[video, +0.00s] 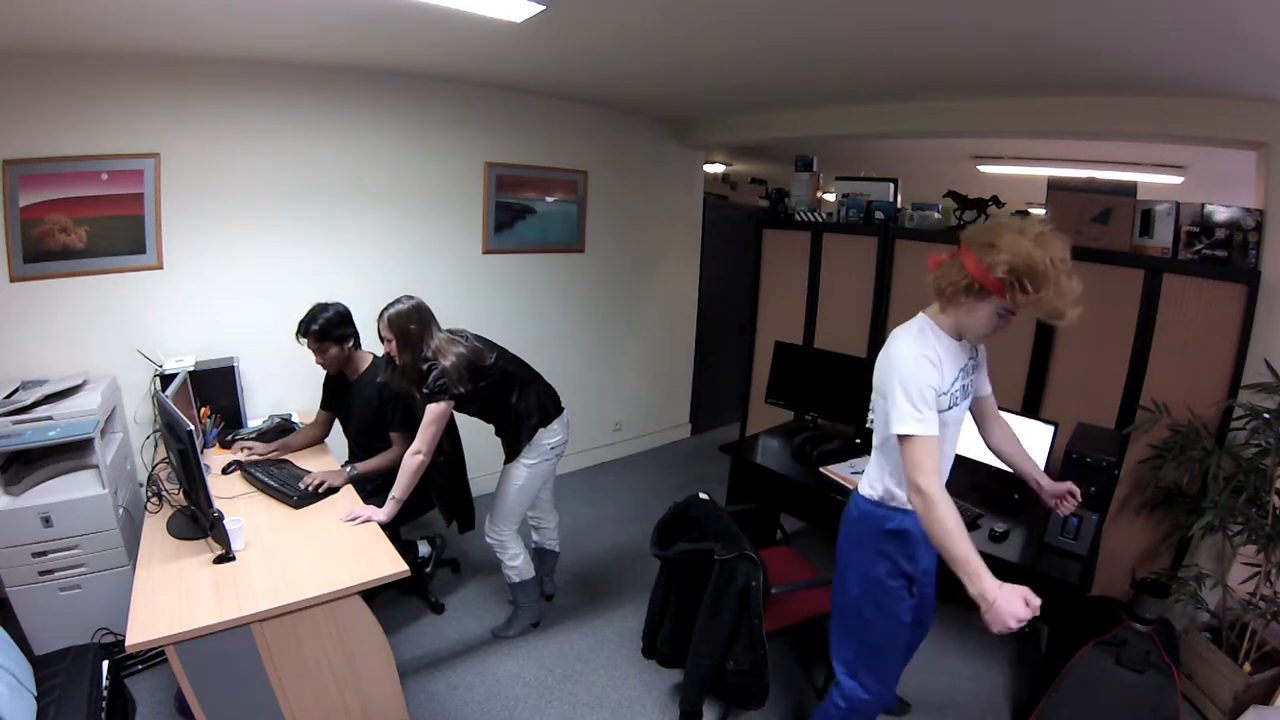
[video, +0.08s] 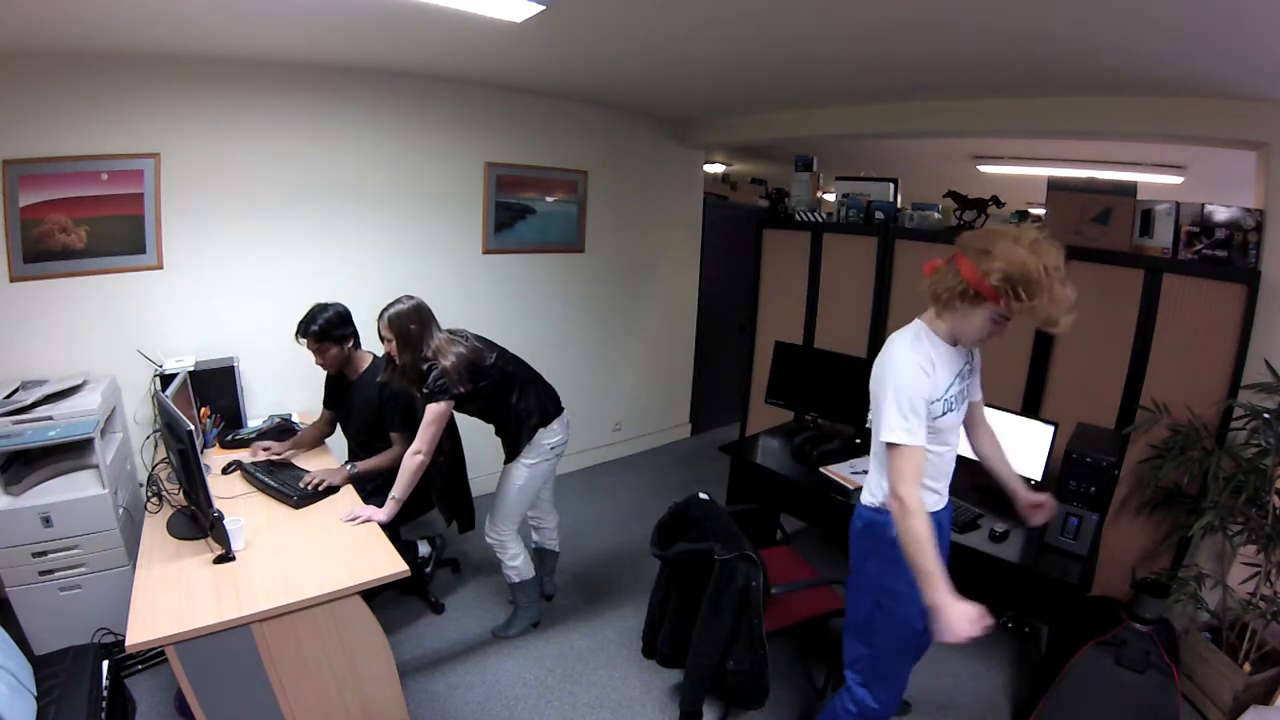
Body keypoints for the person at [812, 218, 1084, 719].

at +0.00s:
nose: (1006, 327)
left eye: (1012, 316)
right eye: (1004, 313)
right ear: (970, 289)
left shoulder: (966, 344)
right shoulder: (911, 356)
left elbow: (989, 420)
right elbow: (923, 489)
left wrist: (1040, 481)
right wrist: (987, 590)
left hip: (921, 522)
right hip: (882, 527)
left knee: (911, 623)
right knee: (865, 679)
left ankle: (876, 691)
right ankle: (845, 709)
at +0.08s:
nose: (999, 333)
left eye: (1006, 322)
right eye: (998, 319)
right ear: (964, 296)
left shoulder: (962, 348)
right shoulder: (906, 360)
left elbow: (976, 423)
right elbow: (904, 497)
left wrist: (1018, 491)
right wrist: (941, 598)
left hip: (932, 518)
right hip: (889, 529)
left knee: (910, 634)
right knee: (873, 689)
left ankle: (882, 698)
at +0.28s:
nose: (1002, 322)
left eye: (1008, 311)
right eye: (1000, 308)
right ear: (969, 287)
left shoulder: (964, 338)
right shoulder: (908, 353)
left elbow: (975, 415)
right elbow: (908, 486)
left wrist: (1013, 484)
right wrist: (953, 587)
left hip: (939, 506)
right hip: (897, 517)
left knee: (909, 615)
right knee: (867, 651)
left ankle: (876, 688)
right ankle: (834, 712)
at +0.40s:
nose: (1003, 328)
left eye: (1009, 317)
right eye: (1001, 314)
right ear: (971, 292)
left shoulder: (968, 342)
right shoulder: (910, 354)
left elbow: (997, 420)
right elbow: (936, 482)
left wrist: (1050, 475)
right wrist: (1008, 574)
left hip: (926, 519)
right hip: (887, 524)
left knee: (913, 620)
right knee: (865, 663)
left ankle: (874, 689)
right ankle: (839, 711)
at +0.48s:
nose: (999, 334)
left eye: (1005, 323)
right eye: (997, 320)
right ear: (970, 299)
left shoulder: (965, 347)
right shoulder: (908, 357)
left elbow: (984, 422)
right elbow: (919, 487)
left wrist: (1030, 486)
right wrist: (971, 586)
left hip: (932, 518)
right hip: (892, 528)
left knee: (917, 632)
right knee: (875, 688)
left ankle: (881, 694)